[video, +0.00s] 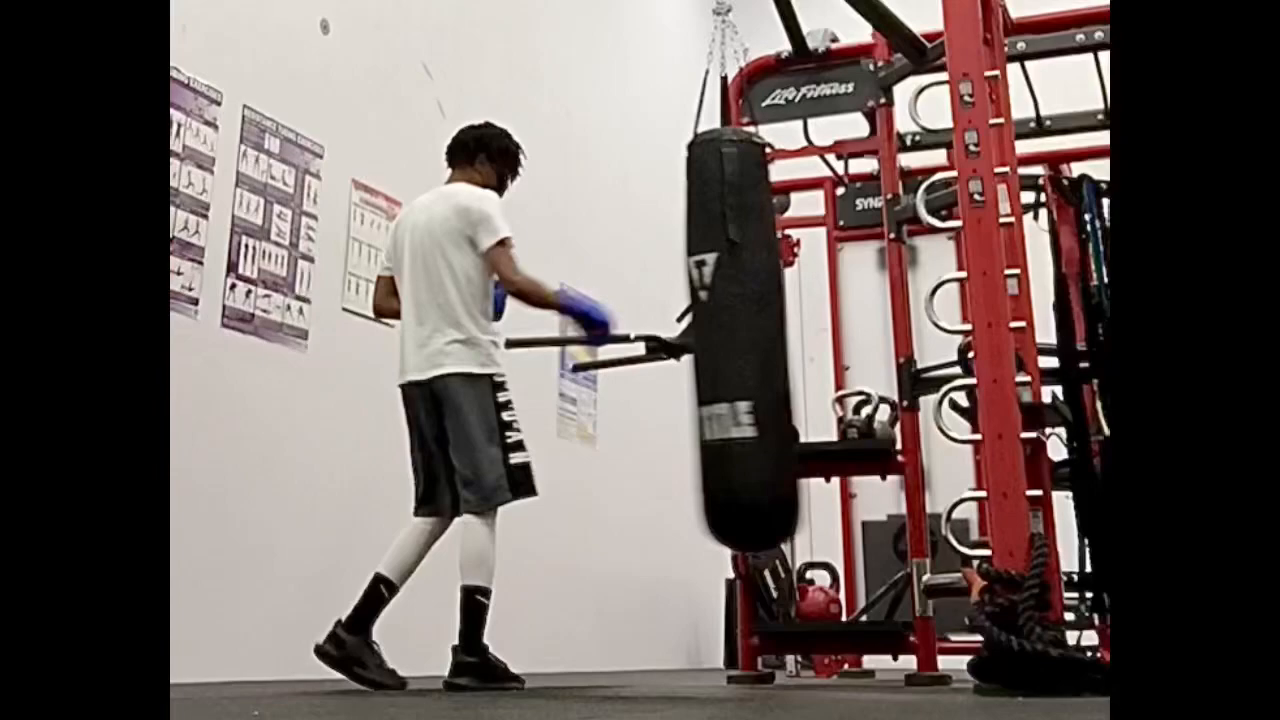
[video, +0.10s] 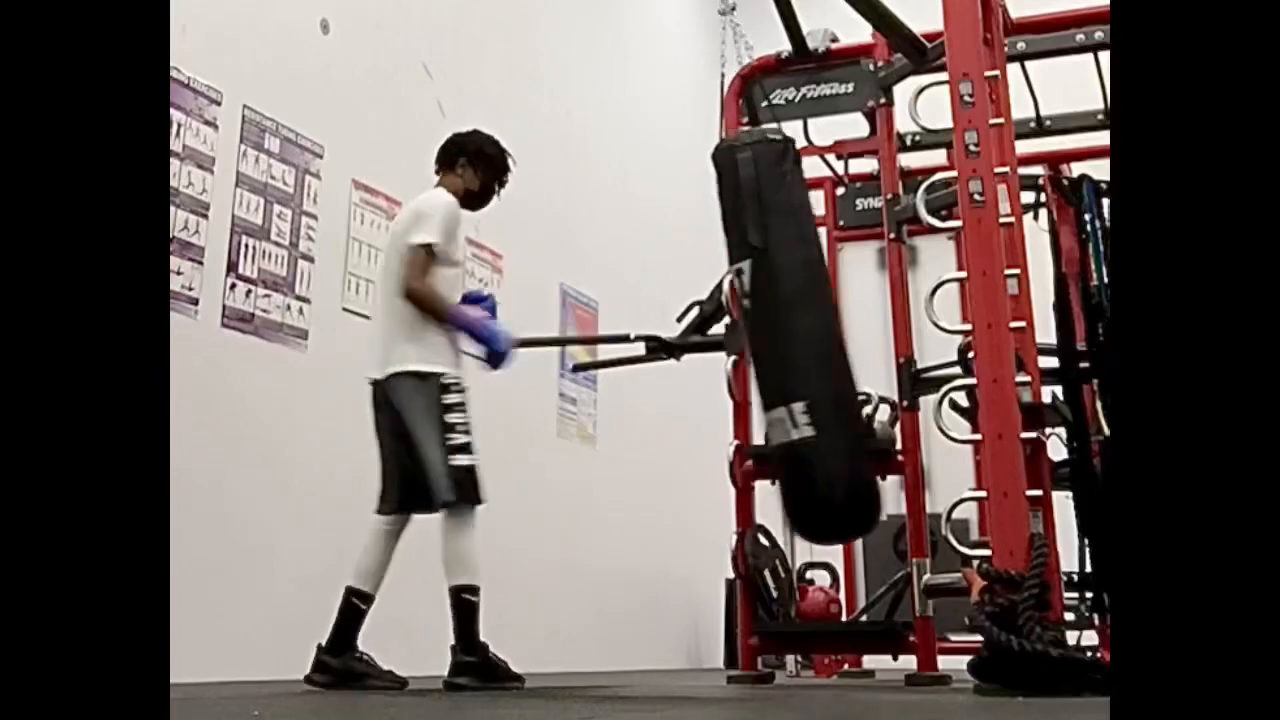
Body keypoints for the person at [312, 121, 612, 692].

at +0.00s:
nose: (502, 188)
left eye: (505, 180)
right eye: (502, 178)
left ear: (453, 162)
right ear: (484, 163)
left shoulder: (408, 215)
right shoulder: (478, 202)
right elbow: (510, 280)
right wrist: (576, 305)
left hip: (417, 374)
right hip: (464, 370)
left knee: (436, 506)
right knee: (481, 503)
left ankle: (353, 632)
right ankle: (471, 654)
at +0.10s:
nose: (491, 193)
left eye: (495, 183)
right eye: (488, 179)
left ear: (452, 170)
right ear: (460, 167)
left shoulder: (421, 209)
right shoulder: (440, 205)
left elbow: (410, 296)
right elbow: (415, 283)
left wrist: (457, 305)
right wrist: (478, 326)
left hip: (395, 374)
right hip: (423, 372)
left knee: (395, 509)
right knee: (461, 502)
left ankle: (339, 650)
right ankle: (469, 652)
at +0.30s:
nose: (442, 186)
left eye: (450, 181)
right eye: (440, 172)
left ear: (446, 182)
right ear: (415, 158)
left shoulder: (415, 229)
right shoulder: (371, 199)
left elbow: (393, 301)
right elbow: (320, 270)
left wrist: (434, 307)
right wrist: (391, 288)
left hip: (395, 376)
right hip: (361, 367)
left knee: (384, 502)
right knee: (366, 495)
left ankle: (340, 646)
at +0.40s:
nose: (426, 190)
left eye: (431, 182)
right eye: (425, 177)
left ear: (404, 166)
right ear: (398, 159)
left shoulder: (400, 229)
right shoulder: (348, 205)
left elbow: (381, 302)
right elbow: (306, 284)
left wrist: (413, 324)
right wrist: (380, 300)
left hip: (387, 390)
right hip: (334, 384)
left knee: (428, 506)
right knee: (305, 508)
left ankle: (353, 635)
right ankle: (247, 650)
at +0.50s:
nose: (428, 189)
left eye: (435, 182)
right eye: (423, 175)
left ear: (422, 184)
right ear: (396, 165)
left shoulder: (400, 238)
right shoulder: (346, 210)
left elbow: (366, 310)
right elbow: (305, 280)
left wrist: (407, 327)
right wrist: (384, 302)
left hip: (379, 388)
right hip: (324, 383)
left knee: (439, 501)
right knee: (299, 507)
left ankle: (435, 645)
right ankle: (244, 652)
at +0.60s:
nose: (440, 219)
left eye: (447, 214)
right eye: (439, 207)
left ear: (440, 210)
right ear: (418, 187)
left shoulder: (421, 259)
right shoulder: (369, 218)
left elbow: (451, 328)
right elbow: (375, 275)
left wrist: (488, 280)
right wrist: (447, 251)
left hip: (397, 404)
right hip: (340, 396)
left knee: (458, 516)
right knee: (309, 515)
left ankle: (474, 656)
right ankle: (246, 651)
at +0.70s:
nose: (457, 221)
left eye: (463, 214)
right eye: (454, 209)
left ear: (455, 216)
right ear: (432, 196)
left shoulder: (441, 260)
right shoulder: (384, 223)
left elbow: (483, 321)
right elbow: (430, 277)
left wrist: (493, 257)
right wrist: (461, 231)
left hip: (406, 411)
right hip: (346, 404)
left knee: (472, 516)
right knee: (302, 512)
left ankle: (475, 656)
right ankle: (247, 650)